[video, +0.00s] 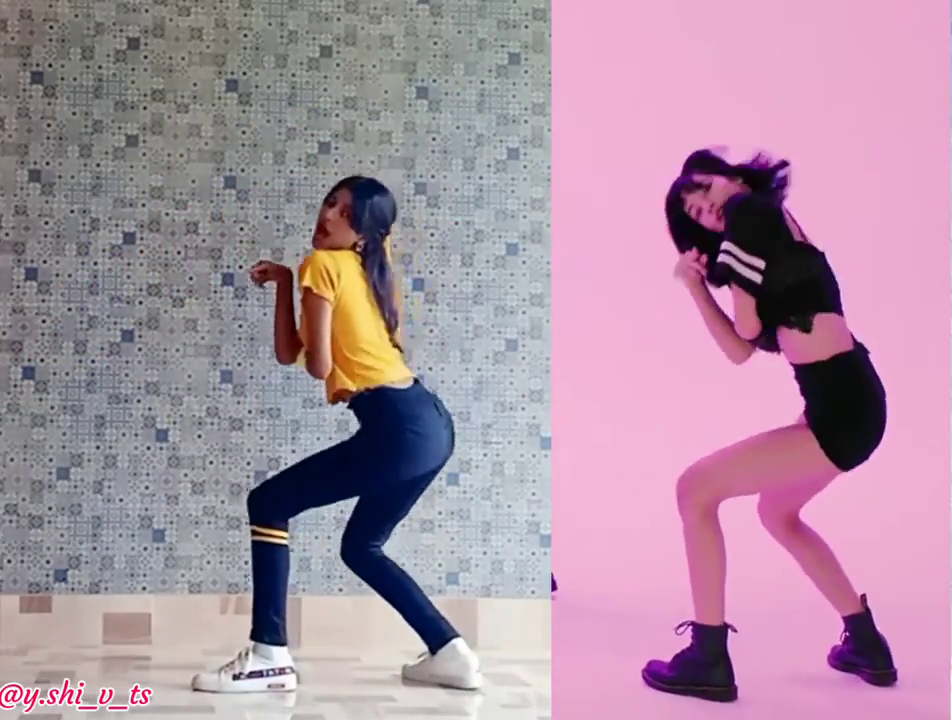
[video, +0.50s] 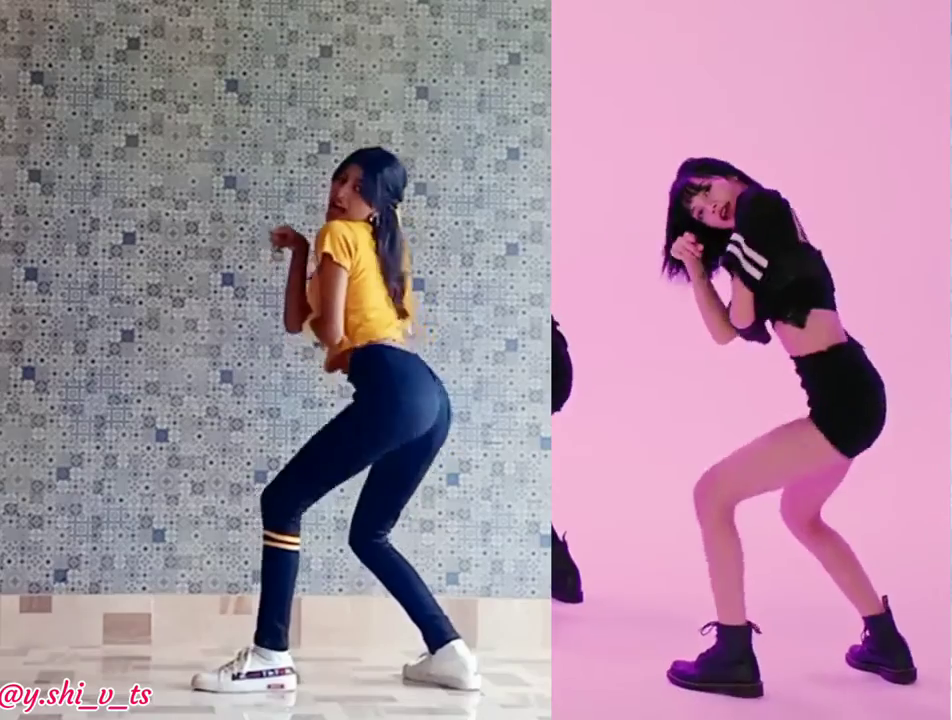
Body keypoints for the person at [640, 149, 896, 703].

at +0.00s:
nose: (701, 211)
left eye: (700, 192)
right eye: (692, 213)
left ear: (726, 177)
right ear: (696, 224)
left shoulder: (750, 220)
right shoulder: (760, 237)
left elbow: (750, 326)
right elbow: (738, 352)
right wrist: (697, 286)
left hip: (843, 413)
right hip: (849, 405)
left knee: (696, 488)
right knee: (778, 514)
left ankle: (708, 657)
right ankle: (865, 640)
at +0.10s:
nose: (688, 227)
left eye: (685, 212)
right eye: (680, 232)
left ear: (709, 195)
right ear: (688, 243)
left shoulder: (732, 227)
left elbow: (741, 339)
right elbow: (727, 358)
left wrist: (705, 280)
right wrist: (691, 300)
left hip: (851, 414)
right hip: (865, 406)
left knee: (707, 489)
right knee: (788, 513)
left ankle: (714, 656)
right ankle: (870, 640)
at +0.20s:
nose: (678, 219)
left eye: (671, 204)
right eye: (669, 224)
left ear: (691, 186)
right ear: (678, 233)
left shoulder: (731, 219)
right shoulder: (739, 242)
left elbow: (744, 330)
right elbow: (717, 344)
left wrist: (710, 272)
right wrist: (679, 283)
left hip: (858, 383)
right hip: (882, 382)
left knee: (746, 489)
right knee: (806, 504)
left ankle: (720, 655)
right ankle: (876, 641)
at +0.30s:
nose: (684, 210)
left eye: (678, 193)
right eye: (672, 214)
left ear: (698, 176)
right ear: (679, 225)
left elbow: (751, 318)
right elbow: (712, 332)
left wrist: (743, 270)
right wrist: (674, 274)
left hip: (848, 367)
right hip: (879, 369)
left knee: (780, 504)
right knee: (830, 503)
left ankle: (727, 655)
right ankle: (885, 643)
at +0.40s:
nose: (696, 209)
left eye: (689, 193)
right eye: (685, 214)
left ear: (708, 175)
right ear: (694, 225)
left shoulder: (752, 207)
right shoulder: (749, 233)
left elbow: (747, 316)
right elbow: (720, 332)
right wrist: (685, 273)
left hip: (851, 392)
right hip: (871, 387)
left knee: (723, 487)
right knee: (807, 509)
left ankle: (728, 652)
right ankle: (884, 640)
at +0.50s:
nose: (709, 202)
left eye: (705, 187)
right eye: (697, 207)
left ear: (728, 174)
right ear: (705, 221)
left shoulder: (762, 209)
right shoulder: (751, 244)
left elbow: (745, 318)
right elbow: (722, 332)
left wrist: (719, 262)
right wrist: (695, 269)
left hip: (843, 404)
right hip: (850, 398)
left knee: (713, 493)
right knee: (801, 516)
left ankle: (733, 653)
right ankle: (886, 640)